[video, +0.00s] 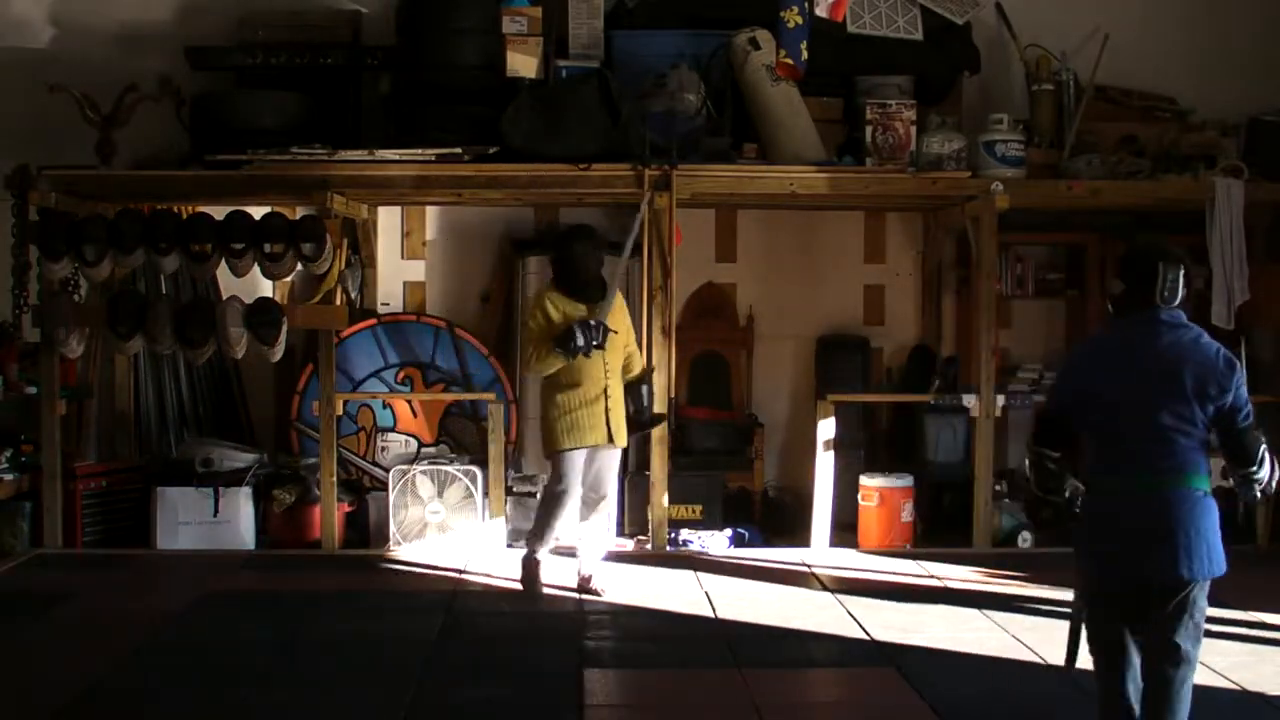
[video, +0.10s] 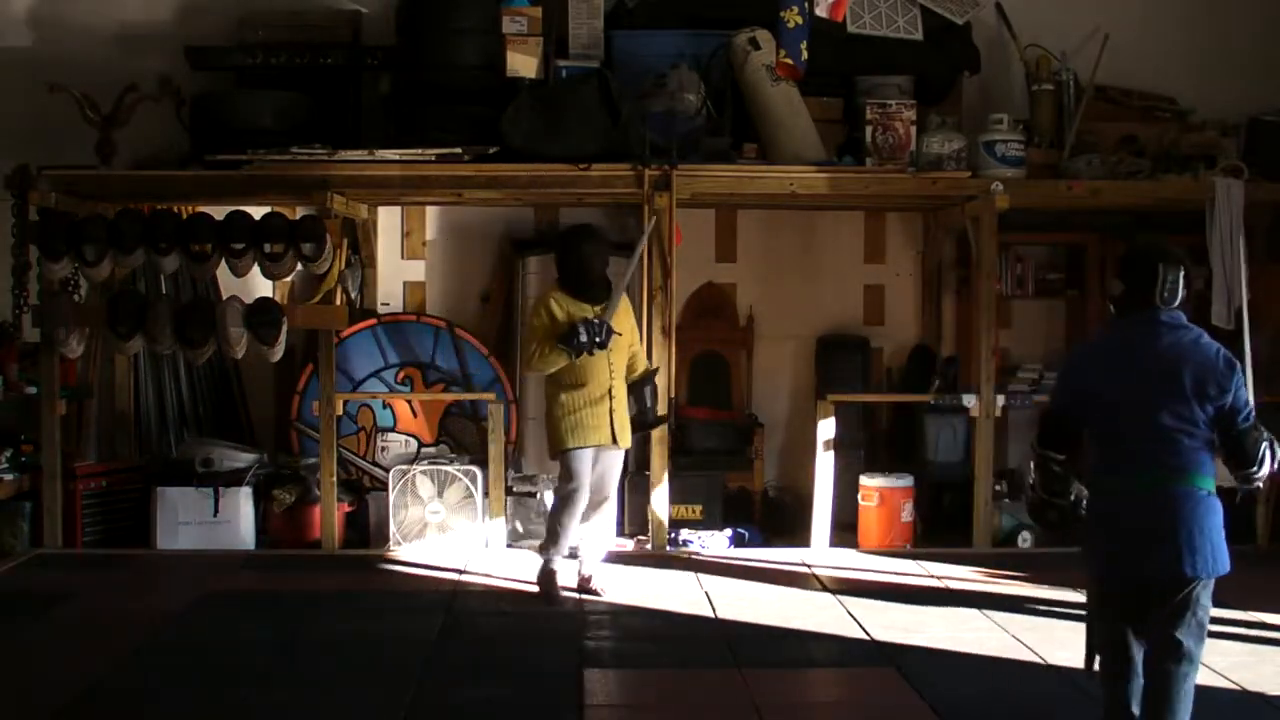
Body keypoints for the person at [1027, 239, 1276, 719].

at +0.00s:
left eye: (1127, 284)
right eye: (1175, 284)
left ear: (1123, 288)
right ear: (1179, 289)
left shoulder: (1093, 352)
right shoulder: (1211, 357)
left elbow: (1050, 440)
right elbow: (1244, 449)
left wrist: (1062, 489)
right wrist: (1258, 470)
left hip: (1106, 520)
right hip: (1182, 523)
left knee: (1112, 655)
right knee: (1175, 660)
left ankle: (1122, 717)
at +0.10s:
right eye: (1176, 285)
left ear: (1124, 289)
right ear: (1179, 290)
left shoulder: (1094, 353)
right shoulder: (1210, 357)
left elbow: (1054, 440)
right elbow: (1246, 455)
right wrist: (1263, 455)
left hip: (1112, 518)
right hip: (1187, 521)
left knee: (1118, 647)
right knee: (1178, 652)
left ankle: (1123, 715)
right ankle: (1167, 719)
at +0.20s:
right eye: (1173, 283)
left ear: (1122, 289)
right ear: (1178, 288)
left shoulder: (1095, 352)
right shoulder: (1212, 352)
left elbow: (1055, 443)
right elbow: (1254, 446)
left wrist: (1059, 499)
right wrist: (1262, 448)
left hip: (1116, 515)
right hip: (1190, 518)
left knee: (1120, 648)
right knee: (1180, 651)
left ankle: (1122, 715)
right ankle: (1168, 718)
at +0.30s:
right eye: (1171, 283)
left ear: (1119, 290)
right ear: (1175, 288)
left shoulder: (1094, 353)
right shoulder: (1212, 349)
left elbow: (1058, 444)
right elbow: (1257, 440)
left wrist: (1064, 502)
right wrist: (1264, 434)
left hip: (1123, 512)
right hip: (1197, 514)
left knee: (1124, 646)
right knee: (1195, 644)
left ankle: (1129, 714)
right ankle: (1180, 715)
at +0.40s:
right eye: (1174, 282)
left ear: (1123, 290)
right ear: (1178, 288)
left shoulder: (1101, 353)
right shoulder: (1215, 349)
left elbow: (1066, 446)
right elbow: (1259, 441)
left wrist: (1071, 499)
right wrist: (1265, 410)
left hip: (1131, 511)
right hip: (1206, 511)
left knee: (1126, 642)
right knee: (1216, 635)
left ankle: (1131, 714)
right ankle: (1202, 714)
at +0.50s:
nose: (1125, 299)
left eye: (1128, 291)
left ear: (1132, 293)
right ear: (1186, 290)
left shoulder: (1115, 353)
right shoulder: (1224, 347)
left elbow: (1081, 440)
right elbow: (1267, 434)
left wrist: (1080, 500)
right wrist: (1251, 447)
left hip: (1142, 515)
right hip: (1218, 514)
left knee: (1132, 648)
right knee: (1240, 640)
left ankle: (1130, 718)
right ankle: (1247, 715)